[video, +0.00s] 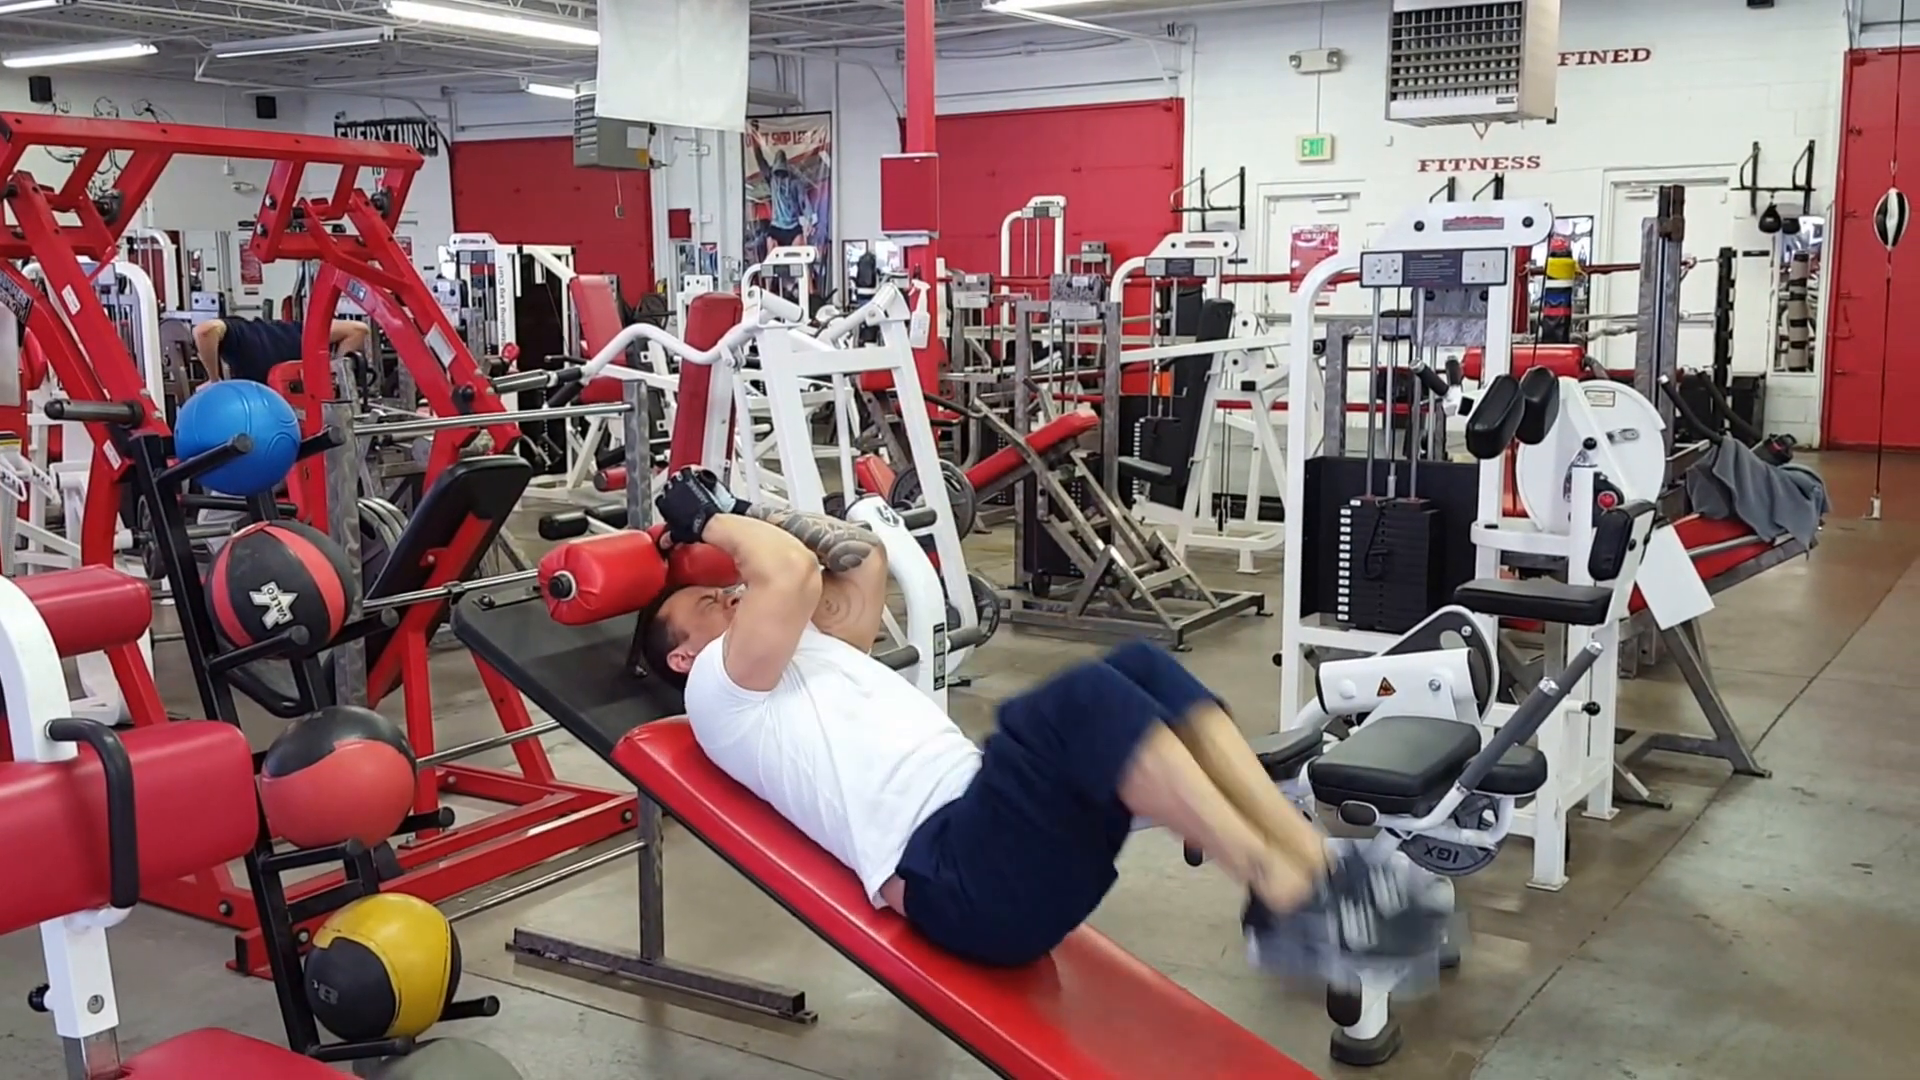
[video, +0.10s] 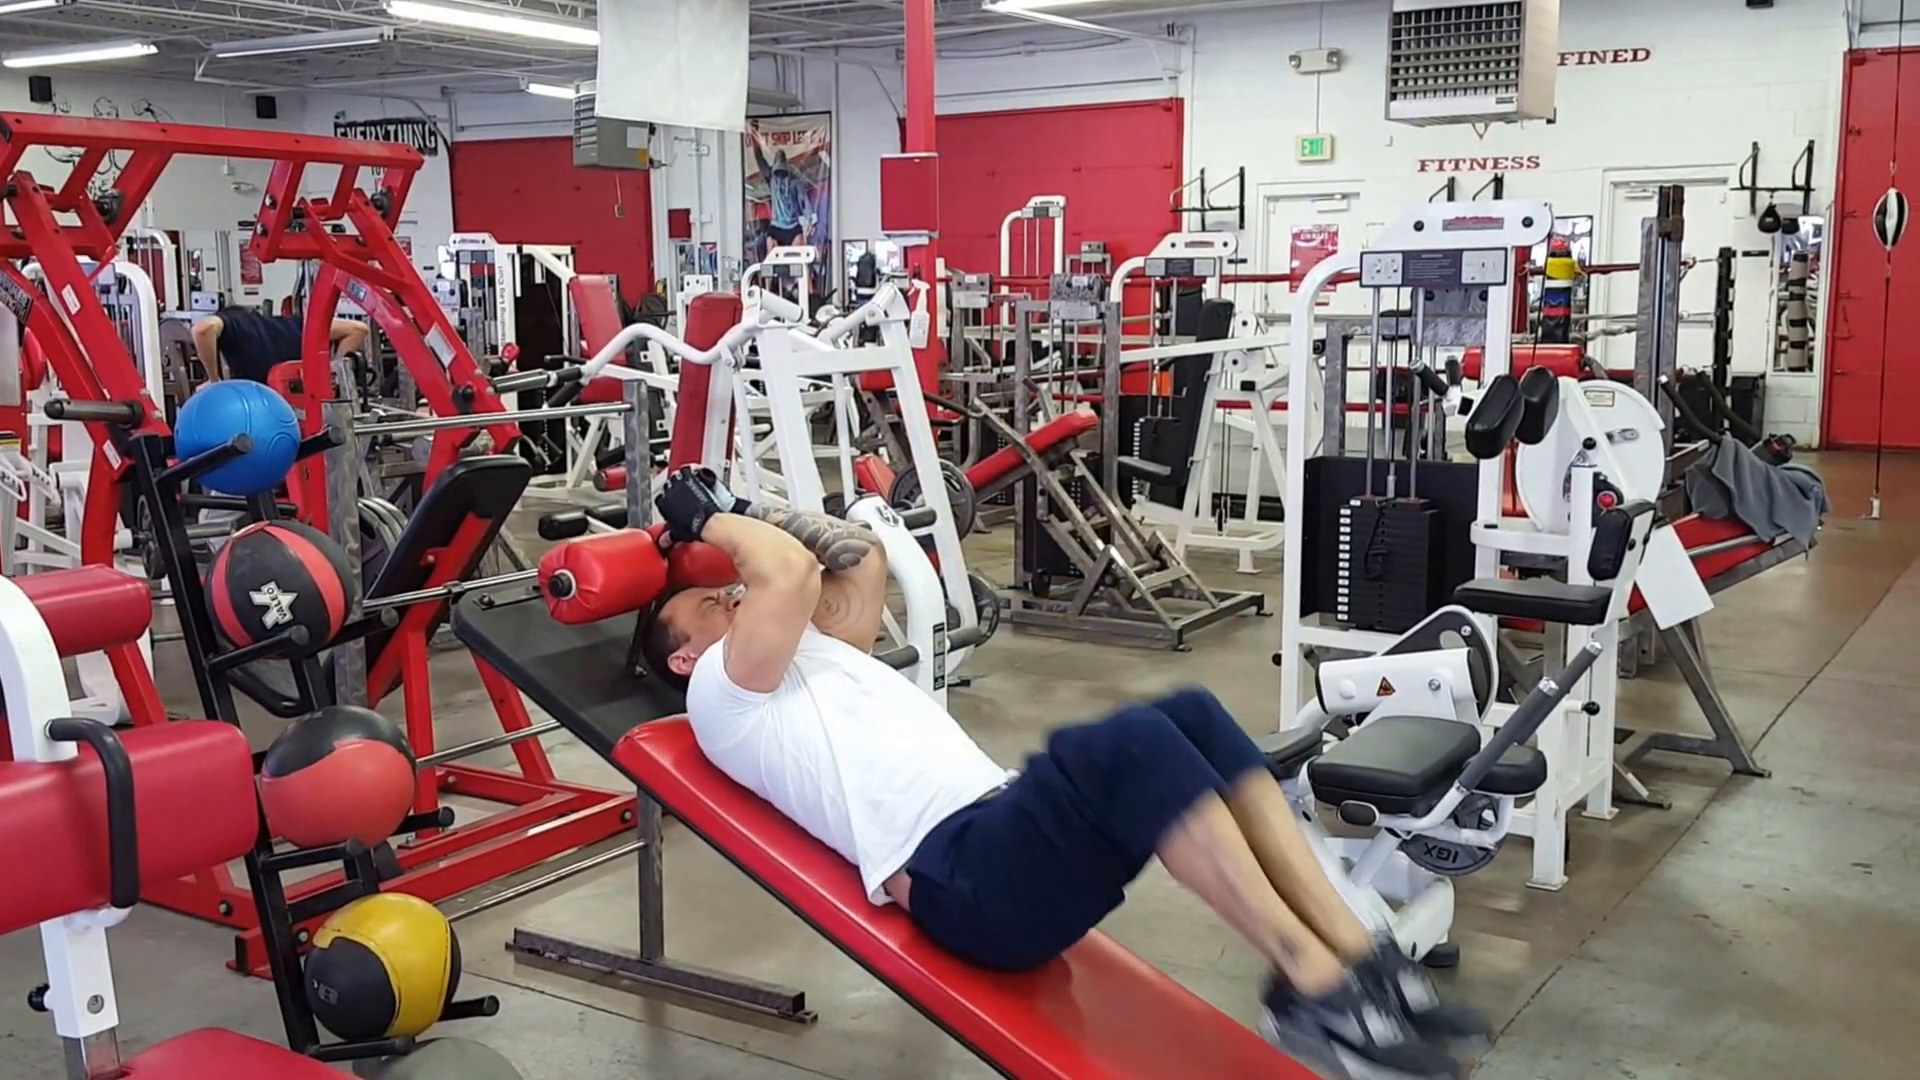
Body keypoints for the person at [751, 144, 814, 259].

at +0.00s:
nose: (780, 176)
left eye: (782, 172)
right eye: (778, 173)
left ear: (786, 169)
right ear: (774, 170)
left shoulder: (796, 182)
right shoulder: (772, 180)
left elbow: (804, 203)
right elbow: (761, 162)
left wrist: (809, 221)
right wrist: (756, 143)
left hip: (794, 225)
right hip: (776, 225)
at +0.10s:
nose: (780, 176)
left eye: (783, 173)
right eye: (777, 174)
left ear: (786, 169)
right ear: (774, 171)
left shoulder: (796, 182)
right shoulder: (771, 180)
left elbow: (804, 203)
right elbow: (760, 161)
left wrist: (810, 221)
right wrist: (756, 143)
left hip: (794, 225)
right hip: (776, 224)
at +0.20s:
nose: (780, 176)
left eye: (782, 173)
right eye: (777, 173)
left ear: (786, 169)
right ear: (773, 170)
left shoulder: (796, 182)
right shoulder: (771, 180)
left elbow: (804, 203)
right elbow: (761, 162)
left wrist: (809, 221)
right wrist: (756, 143)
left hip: (794, 225)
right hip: (775, 225)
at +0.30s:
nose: (780, 175)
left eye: (782, 173)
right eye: (777, 173)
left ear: (786, 169)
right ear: (773, 171)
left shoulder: (796, 182)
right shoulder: (771, 180)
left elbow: (803, 203)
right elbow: (760, 162)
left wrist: (809, 221)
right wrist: (755, 143)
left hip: (793, 225)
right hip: (775, 225)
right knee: (769, 240)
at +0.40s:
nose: (779, 175)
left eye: (782, 173)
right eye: (777, 173)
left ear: (787, 169)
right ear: (773, 171)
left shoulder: (796, 182)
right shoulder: (771, 180)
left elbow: (804, 203)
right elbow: (761, 163)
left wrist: (808, 221)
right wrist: (755, 144)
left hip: (793, 225)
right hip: (775, 224)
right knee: (769, 239)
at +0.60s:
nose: (779, 175)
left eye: (782, 173)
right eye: (777, 173)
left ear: (786, 169)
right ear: (773, 171)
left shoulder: (795, 182)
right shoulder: (771, 180)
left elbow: (803, 202)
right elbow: (761, 163)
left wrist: (809, 220)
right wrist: (755, 144)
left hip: (793, 225)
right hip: (775, 224)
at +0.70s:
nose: (779, 175)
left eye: (782, 172)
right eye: (777, 172)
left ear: (786, 168)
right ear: (773, 170)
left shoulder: (795, 181)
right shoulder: (771, 180)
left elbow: (803, 203)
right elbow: (760, 163)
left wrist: (808, 221)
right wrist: (755, 143)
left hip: (793, 225)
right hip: (775, 224)